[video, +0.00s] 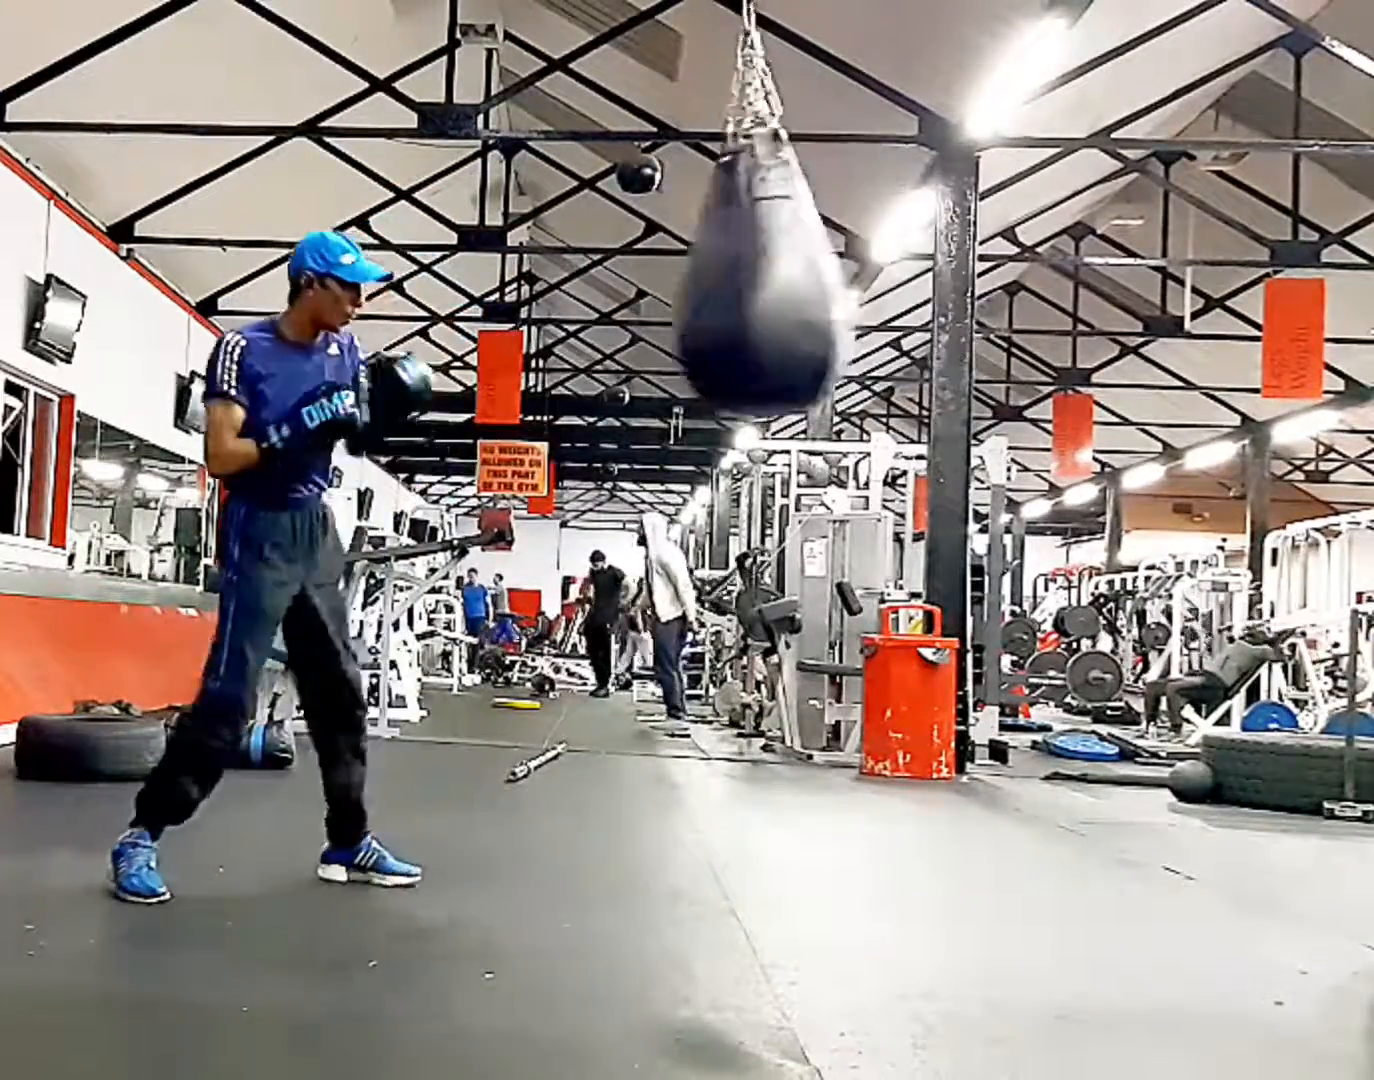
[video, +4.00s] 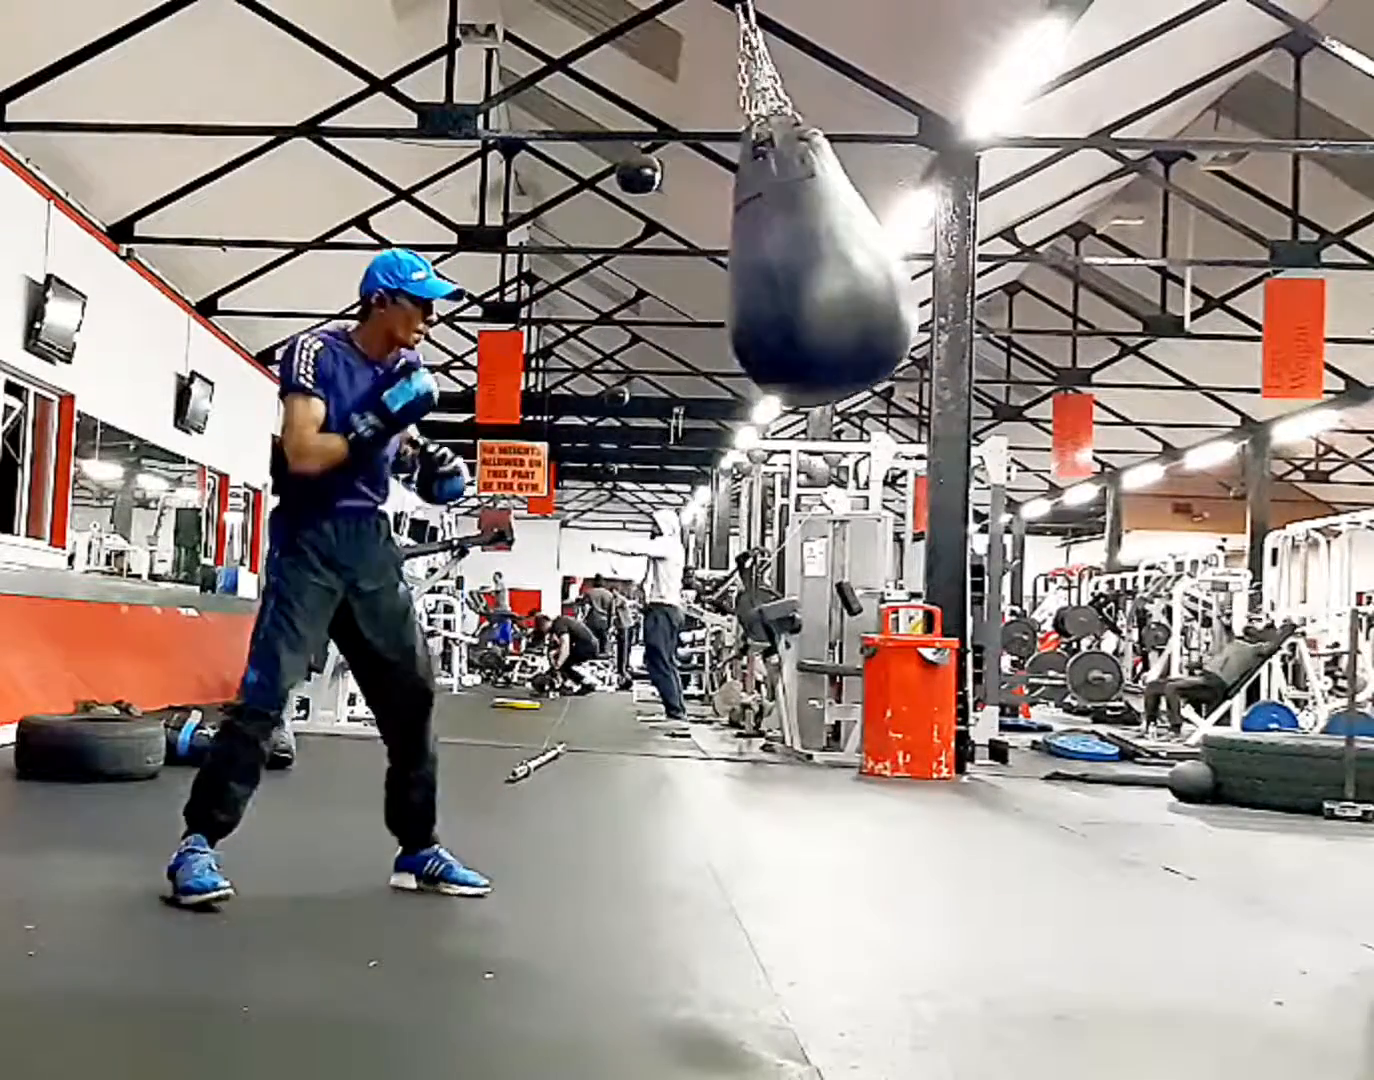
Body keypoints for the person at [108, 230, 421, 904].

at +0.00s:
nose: (357, 305)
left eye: (361, 294)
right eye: (348, 292)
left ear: (335, 294)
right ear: (310, 286)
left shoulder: (345, 358)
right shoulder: (241, 351)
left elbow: (360, 441)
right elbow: (220, 458)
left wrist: (388, 412)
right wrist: (299, 429)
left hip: (317, 535)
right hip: (257, 538)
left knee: (338, 692)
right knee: (232, 700)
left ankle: (349, 843)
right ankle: (139, 839)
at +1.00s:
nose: (436, 362)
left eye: (440, 352)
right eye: (430, 349)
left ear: (405, 345)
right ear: (393, 338)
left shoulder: (390, 407)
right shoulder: (309, 377)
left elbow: (360, 479)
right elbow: (282, 483)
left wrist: (400, 502)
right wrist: (367, 464)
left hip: (319, 561)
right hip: (268, 558)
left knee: (366, 694)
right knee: (270, 722)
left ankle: (361, 845)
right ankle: (193, 851)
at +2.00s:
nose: (523, 317)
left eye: (524, 307)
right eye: (517, 304)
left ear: (495, 304)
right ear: (486, 297)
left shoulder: (499, 371)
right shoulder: (430, 345)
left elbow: (569, 402)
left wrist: (626, 373)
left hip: (447, 532)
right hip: (410, 522)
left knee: (471, 693)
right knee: (392, 692)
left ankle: (432, 851)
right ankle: (255, 818)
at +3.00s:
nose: (395, 318)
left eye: (400, 307)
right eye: (389, 302)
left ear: (374, 299)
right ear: (352, 288)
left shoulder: (370, 364)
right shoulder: (280, 338)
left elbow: (385, 456)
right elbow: (268, 445)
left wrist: (419, 437)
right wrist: (347, 414)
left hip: (337, 536)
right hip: (284, 533)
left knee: (370, 699)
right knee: (257, 705)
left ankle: (417, 848)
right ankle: (179, 852)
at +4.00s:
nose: (425, 328)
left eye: (429, 317)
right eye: (418, 313)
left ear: (410, 312)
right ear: (380, 301)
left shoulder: (401, 376)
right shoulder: (313, 351)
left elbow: (390, 454)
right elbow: (302, 454)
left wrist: (431, 472)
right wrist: (382, 419)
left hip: (372, 546)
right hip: (309, 546)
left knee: (409, 693)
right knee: (266, 693)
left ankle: (418, 849)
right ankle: (197, 845)